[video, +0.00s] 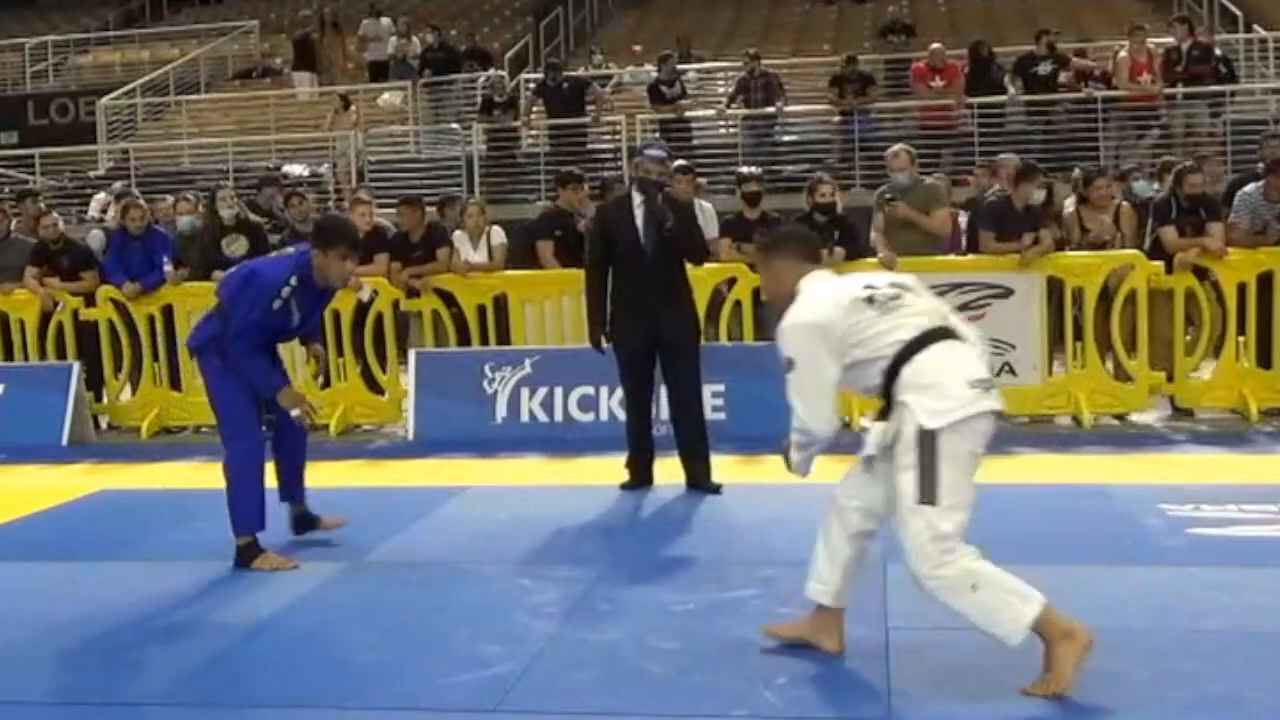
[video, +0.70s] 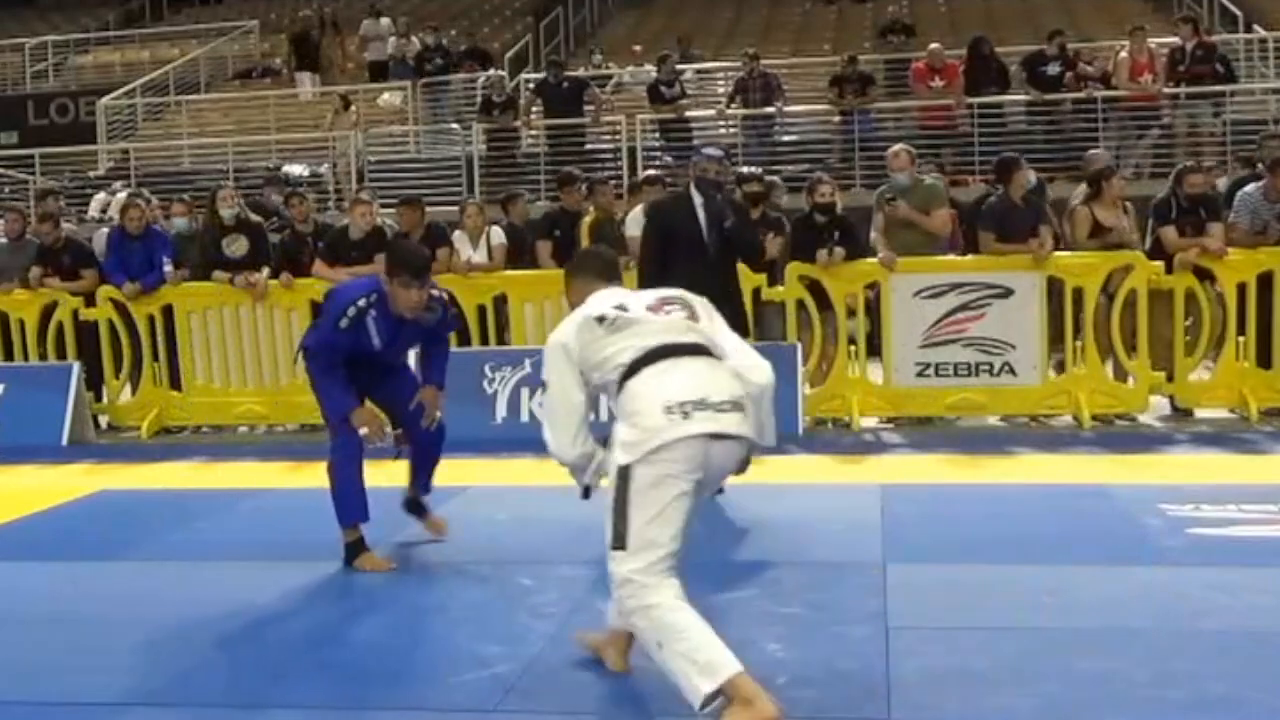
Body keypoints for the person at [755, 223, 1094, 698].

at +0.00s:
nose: (761, 288)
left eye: (762, 275)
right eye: (759, 275)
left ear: (782, 271)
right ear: (814, 262)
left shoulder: (804, 318)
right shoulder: (874, 279)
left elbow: (817, 423)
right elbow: (959, 335)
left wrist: (798, 454)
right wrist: (890, 419)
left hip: (940, 405)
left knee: (934, 555)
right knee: (852, 503)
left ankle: (1061, 633)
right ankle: (824, 619)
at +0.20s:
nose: (704, 322)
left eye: (704, 314)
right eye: (702, 314)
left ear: (713, 307)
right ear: (752, 295)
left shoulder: (726, 333)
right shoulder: (794, 313)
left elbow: (752, 411)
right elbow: (811, 422)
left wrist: (745, 488)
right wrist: (765, 502)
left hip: (856, 411)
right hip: (911, 407)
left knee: (792, 538)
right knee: (826, 522)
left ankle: (885, 647)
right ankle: (823, 627)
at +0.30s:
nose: (673, 317)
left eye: (671, 308)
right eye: (670, 309)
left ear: (679, 299)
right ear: (722, 288)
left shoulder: (693, 322)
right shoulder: (767, 307)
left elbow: (718, 388)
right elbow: (788, 421)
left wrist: (705, 470)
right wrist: (718, 466)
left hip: (823, 416)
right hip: (881, 410)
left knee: (766, 542)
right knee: (817, 524)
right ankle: (821, 628)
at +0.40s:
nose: (639, 306)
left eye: (638, 296)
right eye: (637, 297)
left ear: (648, 288)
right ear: (692, 280)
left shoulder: (657, 319)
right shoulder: (738, 301)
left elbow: (668, 394)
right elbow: (780, 367)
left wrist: (661, 472)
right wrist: (723, 440)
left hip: (779, 422)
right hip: (845, 415)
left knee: (714, 566)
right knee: (796, 527)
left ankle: (756, 703)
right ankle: (815, 628)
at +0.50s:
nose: (609, 298)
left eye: (608, 287)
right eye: (607, 288)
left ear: (622, 281)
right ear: (659, 273)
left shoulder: (627, 324)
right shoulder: (719, 297)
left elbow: (629, 432)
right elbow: (764, 364)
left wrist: (633, 478)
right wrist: (694, 450)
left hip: (742, 431)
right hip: (810, 420)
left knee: (678, 573)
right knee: (761, 516)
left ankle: (751, 706)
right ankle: (776, 630)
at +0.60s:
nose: (585, 297)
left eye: (583, 289)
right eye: (583, 290)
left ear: (590, 285)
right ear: (635, 273)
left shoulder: (594, 332)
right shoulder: (703, 298)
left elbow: (600, 448)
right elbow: (787, 374)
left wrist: (619, 452)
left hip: (704, 432)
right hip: (773, 421)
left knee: (661, 581)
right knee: (715, 520)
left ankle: (751, 705)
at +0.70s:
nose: (569, 301)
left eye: (567, 294)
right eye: (570, 295)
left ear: (573, 289)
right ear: (620, 279)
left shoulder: (569, 333)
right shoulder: (684, 300)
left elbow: (567, 446)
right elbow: (759, 374)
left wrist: (600, 469)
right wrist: (747, 445)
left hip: (662, 437)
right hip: (730, 434)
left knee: (642, 579)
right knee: (645, 532)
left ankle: (747, 700)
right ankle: (618, 641)